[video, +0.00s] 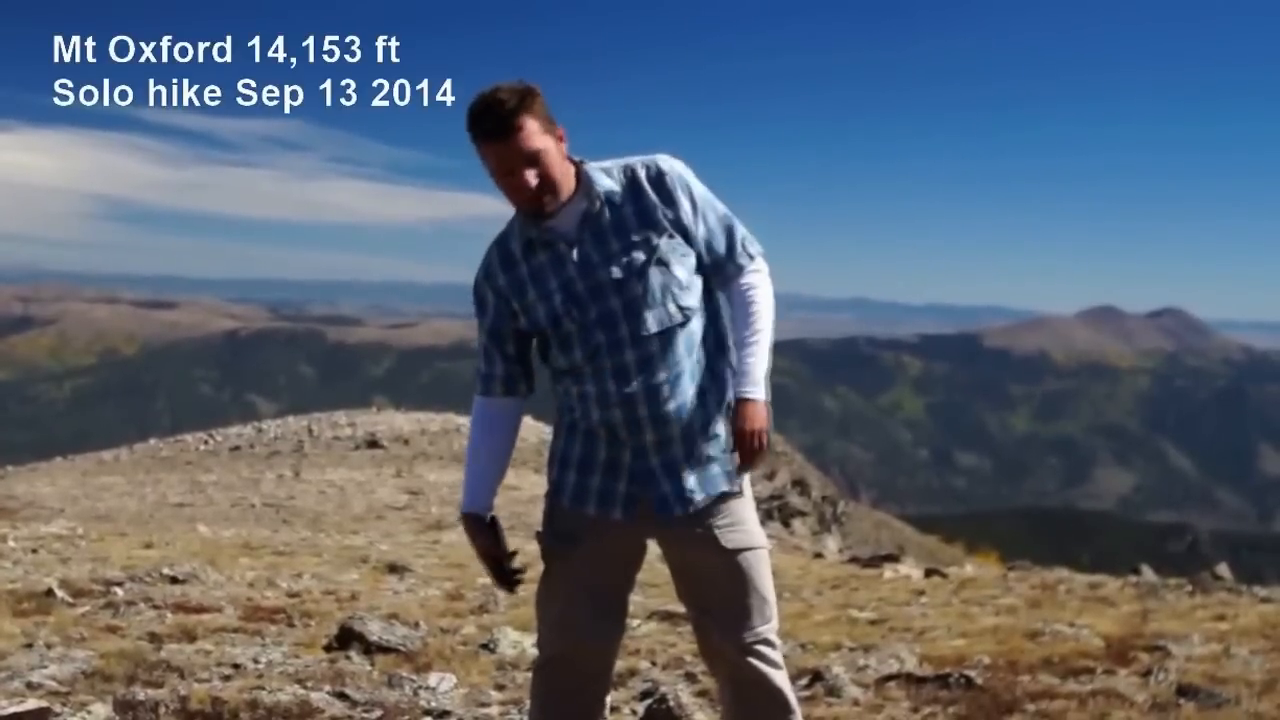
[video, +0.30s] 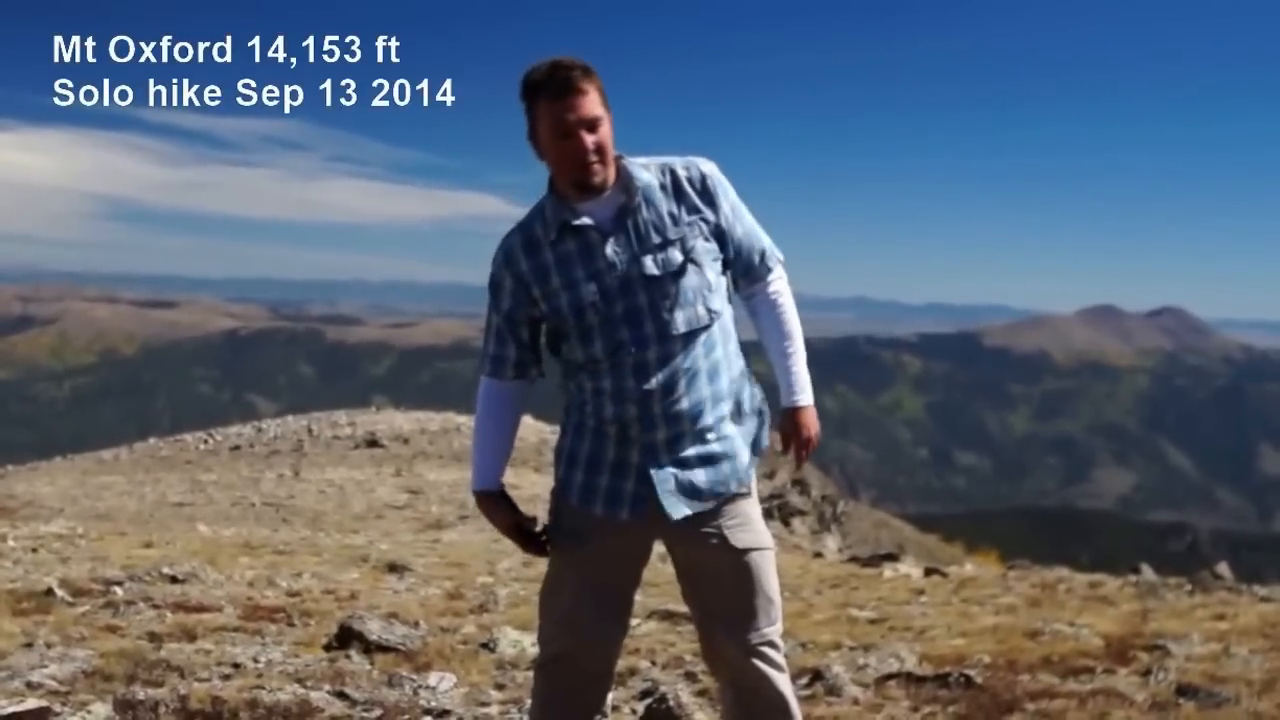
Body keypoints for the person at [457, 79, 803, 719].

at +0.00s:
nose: (524, 182)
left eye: (531, 160)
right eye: (505, 173)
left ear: (561, 140)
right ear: (488, 175)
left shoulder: (658, 185)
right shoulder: (504, 270)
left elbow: (745, 270)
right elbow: (498, 395)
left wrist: (751, 392)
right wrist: (476, 507)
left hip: (701, 459)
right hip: (592, 475)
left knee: (749, 658)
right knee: (567, 672)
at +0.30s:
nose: (587, 141)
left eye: (595, 123)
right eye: (567, 131)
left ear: (611, 122)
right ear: (537, 143)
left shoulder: (694, 187)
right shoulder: (525, 254)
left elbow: (765, 282)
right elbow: (503, 375)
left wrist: (797, 394)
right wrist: (487, 484)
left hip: (713, 464)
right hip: (600, 478)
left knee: (753, 660)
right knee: (569, 672)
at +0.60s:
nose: (584, 143)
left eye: (591, 126)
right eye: (563, 133)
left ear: (604, 127)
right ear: (529, 148)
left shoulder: (684, 189)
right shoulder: (518, 263)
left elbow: (752, 284)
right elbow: (503, 392)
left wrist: (772, 401)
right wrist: (492, 506)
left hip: (700, 462)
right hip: (587, 476)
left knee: (738, 655)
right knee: (564, 664)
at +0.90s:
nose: (566, 141)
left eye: (572, 123)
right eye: (545, 131)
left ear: (586, 123)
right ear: (510, 145)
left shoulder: (665, 186)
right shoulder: (493, 258)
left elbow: (732, 281)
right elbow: (467, 378)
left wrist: (753, 398)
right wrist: (462, 483)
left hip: (682, 460)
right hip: (569, 475)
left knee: (729, 652)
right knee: (553, 670)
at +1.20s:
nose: (510, 186)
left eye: (519, 165)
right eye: (490, 174)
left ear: (547, 140)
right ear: (471, 167)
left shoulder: (637, 187)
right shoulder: (470, 267)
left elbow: (708, 278)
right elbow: (457, 387)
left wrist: (730, 398)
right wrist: (455, 494)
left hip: (659, 457)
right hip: (548, 471)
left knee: (714, 650)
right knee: (548, 667)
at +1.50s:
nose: (467, 235)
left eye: (476, 219)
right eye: (451, 226)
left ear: (506, 178)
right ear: (433, 208)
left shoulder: (607, 189)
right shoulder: (443, 273)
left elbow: (687, 276)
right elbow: (426, 388)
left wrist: (706, 394)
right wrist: (428, 492)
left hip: (648, 444)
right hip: (539, 466)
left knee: (702, 642)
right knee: (543, 666)